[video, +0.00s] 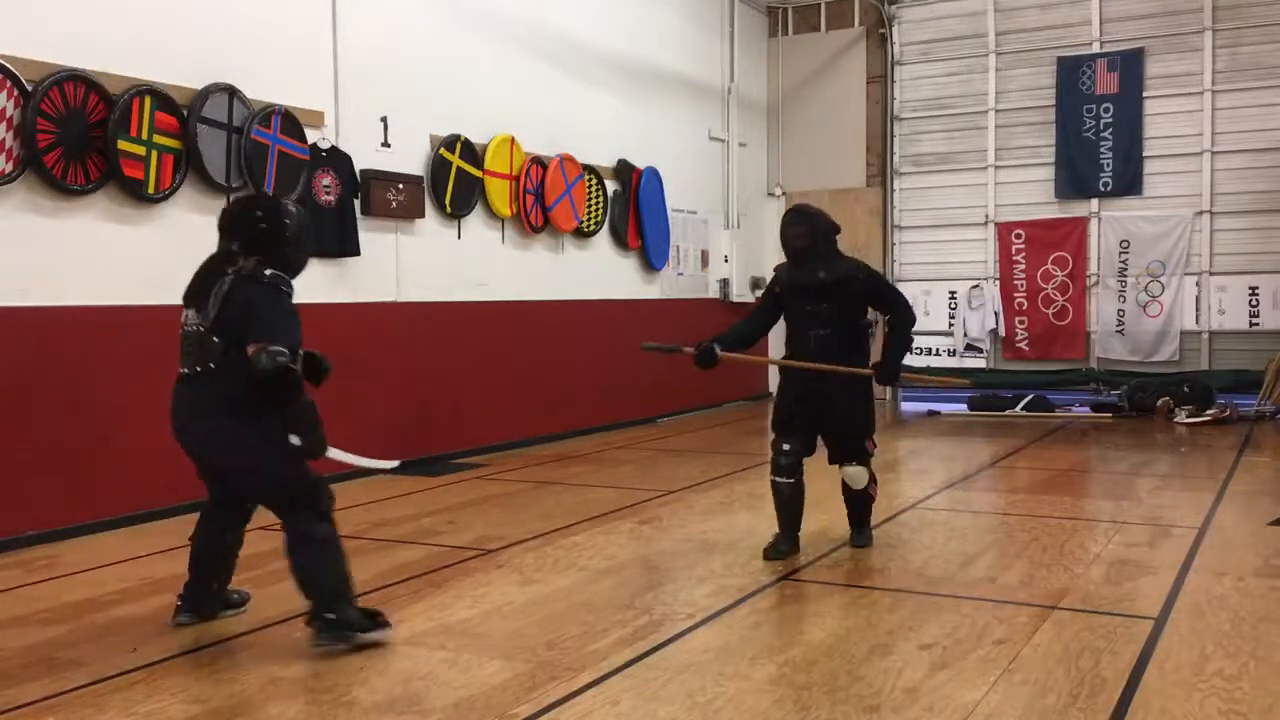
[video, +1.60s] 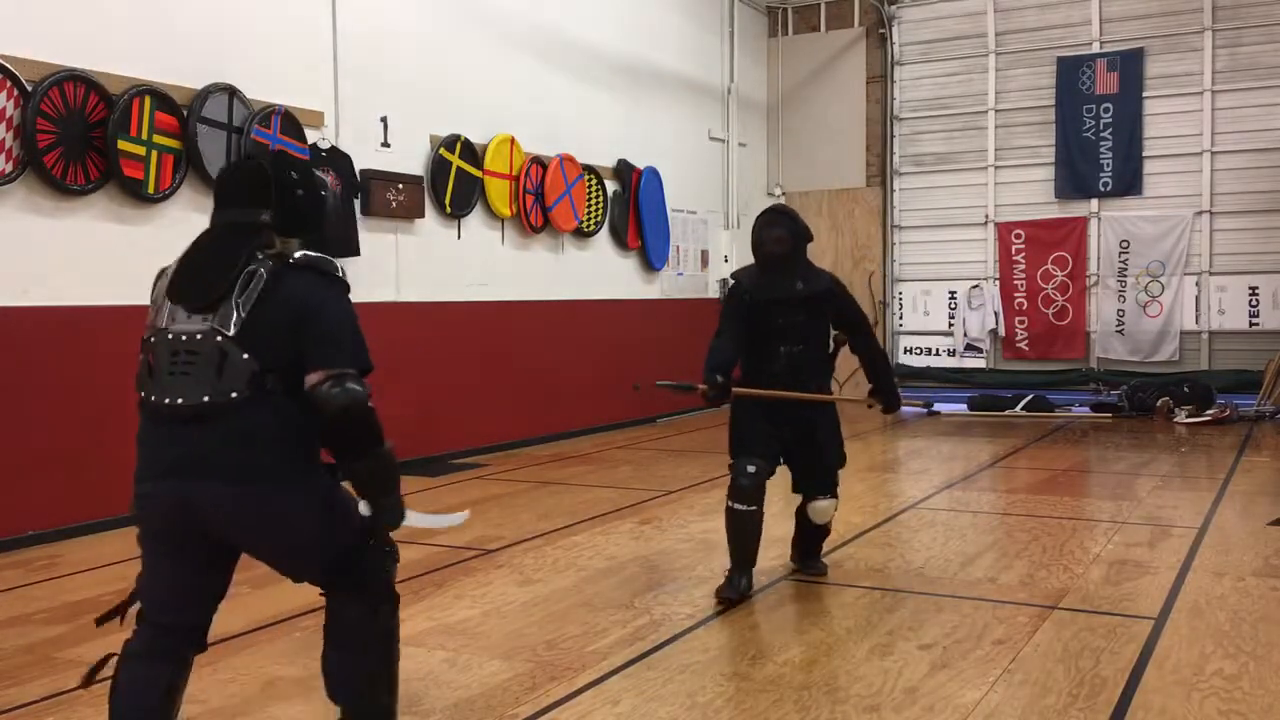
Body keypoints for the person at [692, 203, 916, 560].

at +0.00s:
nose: (792, 245)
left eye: (798, 237)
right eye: (788, 238)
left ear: (817, 236)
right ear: (785, 239)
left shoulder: (854, 274)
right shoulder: (786, 279)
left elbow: (903, 312)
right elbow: (757, 322)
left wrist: (891, 363)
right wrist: (718, 345)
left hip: (846, 385)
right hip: (798, 385)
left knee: (854, 466)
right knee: (785, 460)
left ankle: (860, 526)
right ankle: (788, 536)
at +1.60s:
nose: (773, 244)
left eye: (782, 236)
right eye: (765, 236)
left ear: (800, 239)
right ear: (754, 242)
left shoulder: (822, 286)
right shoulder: (745, 288)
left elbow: (861, 334)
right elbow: (728, 335)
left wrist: (885, 384)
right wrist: (716, 373)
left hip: (811, 404)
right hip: (756, 403)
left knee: (822, 496)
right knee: (745, 484)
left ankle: (806, 554)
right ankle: (740, 572)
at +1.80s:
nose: (757, 242)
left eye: (765, 232)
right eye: (748, 233)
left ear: (783, 233)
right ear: (737, 237)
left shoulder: (808, 280)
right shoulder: (728, 283)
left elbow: (845, 331)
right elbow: (707, 333)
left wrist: (869, 382)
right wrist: (697, 375)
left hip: (794, 403)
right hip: (739, 403)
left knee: (807, 487)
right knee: (727, 490)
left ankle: (807, 551)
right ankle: (707, 585)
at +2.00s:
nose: (737, 251)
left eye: (745, 241)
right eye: (728, 242)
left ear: (764, 240)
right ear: (716, 243)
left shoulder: (790, 285)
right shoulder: (707, 287)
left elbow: (823, 338)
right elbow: (686, 341)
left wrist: (842, 390)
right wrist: (676, 382)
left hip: (776, 407)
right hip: (719, 406)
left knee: (802, 502)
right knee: (716, 494)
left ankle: (776, 546)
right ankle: (698, 597)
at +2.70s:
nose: (771, 235)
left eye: (779, 225)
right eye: (762, 226)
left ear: (799, 227)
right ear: (750, 229)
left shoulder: (821, 275)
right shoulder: (739, 275)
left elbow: (858, 322)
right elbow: (724, 326)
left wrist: (864, 380)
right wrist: (722, 365)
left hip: (805, 399)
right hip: (751, 397)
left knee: (807, 496)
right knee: (754, 493)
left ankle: (784, 567)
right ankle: (750, 596)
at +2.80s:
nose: (765, 236)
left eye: (774, 226)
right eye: (755, 227)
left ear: (795, 226)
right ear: (744, 229)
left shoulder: (820, 270)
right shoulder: (735, 273)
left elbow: (867, 318)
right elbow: (723, 326)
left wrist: (864, 383)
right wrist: (731, 354)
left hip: (807, 397)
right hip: (754, 397)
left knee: (805, 495)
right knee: (771, 493)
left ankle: (787, 565)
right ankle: (762, 600)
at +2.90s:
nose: (767, 248)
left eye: (776, 239)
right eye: (758, 240)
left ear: (795, 240)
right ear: (746, 245)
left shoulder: (821, 283)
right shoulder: (741, 286)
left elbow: (846, 342)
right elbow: (730, 339)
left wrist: (805, 360)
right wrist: (757, 354)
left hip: (807, 403)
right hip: (758, 405)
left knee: (807, 491)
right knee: (787, 503)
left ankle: (784, 553)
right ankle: (767, 606)